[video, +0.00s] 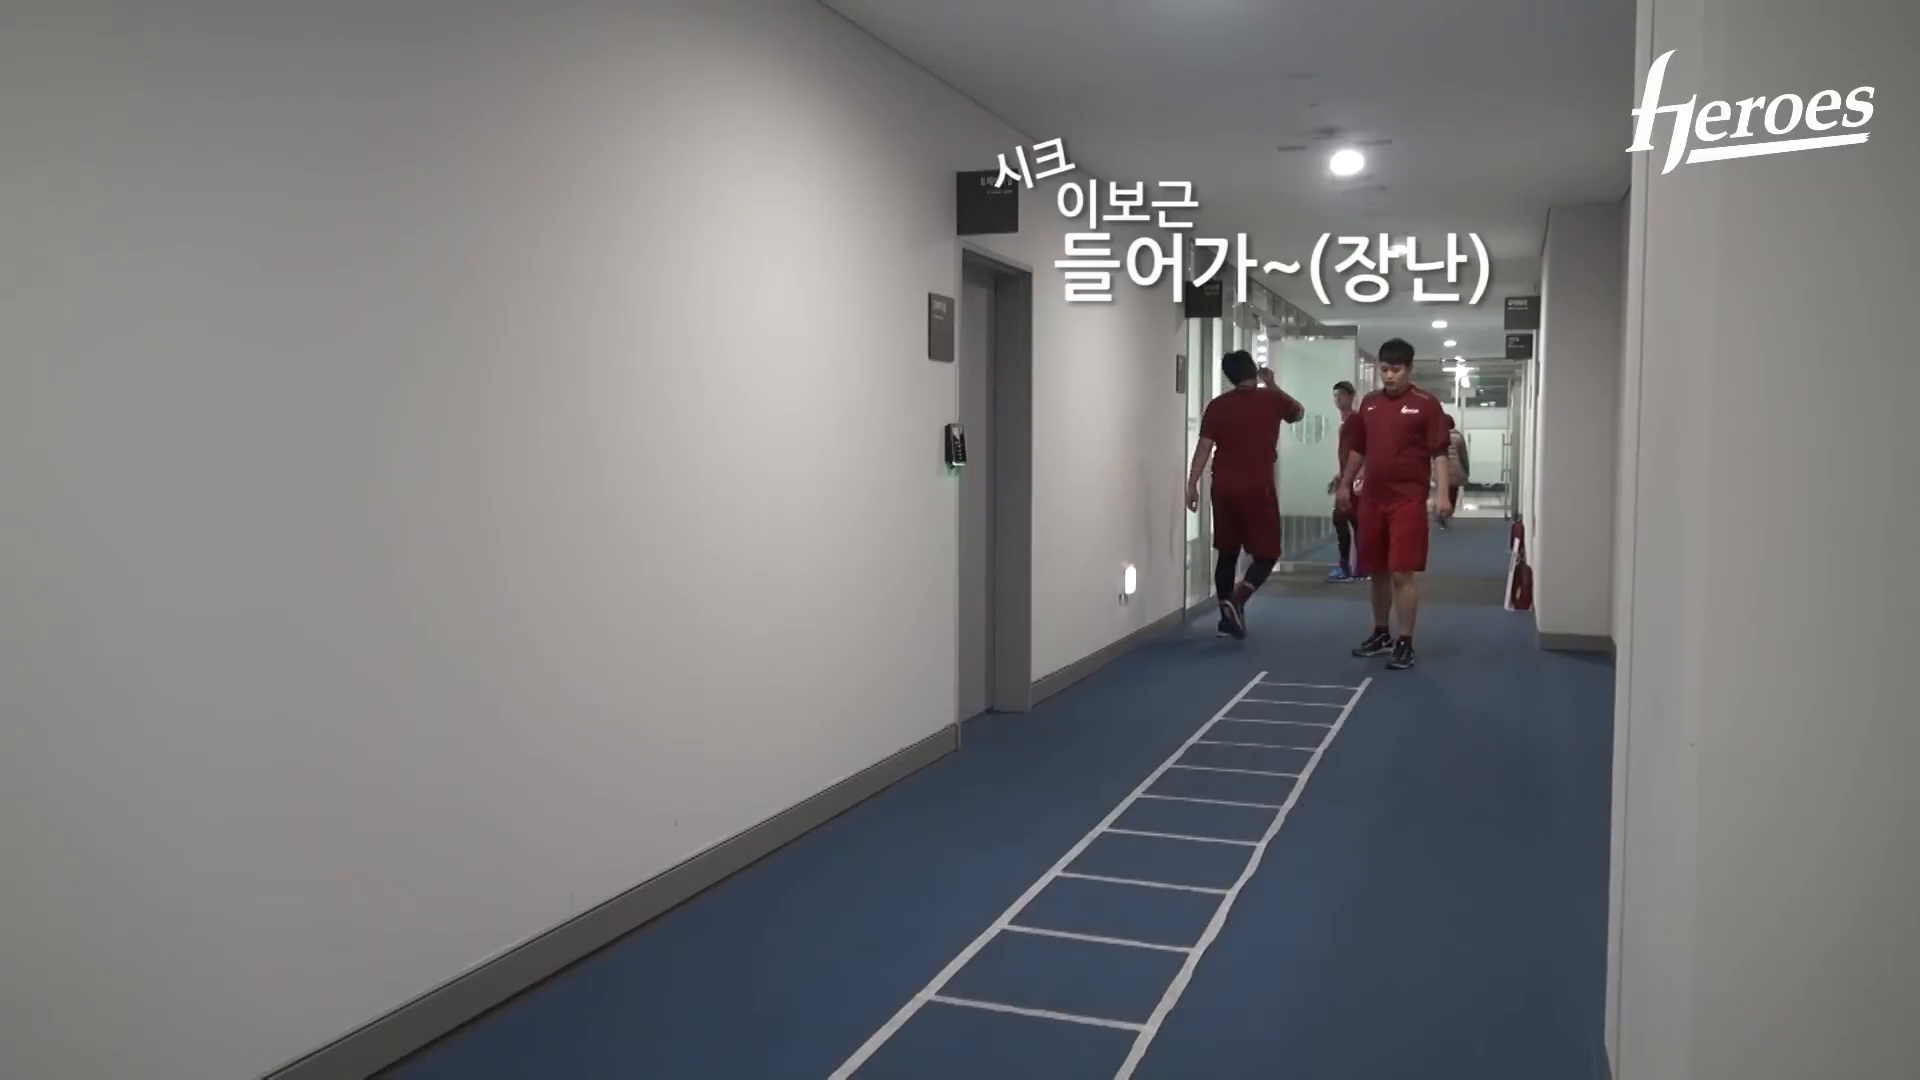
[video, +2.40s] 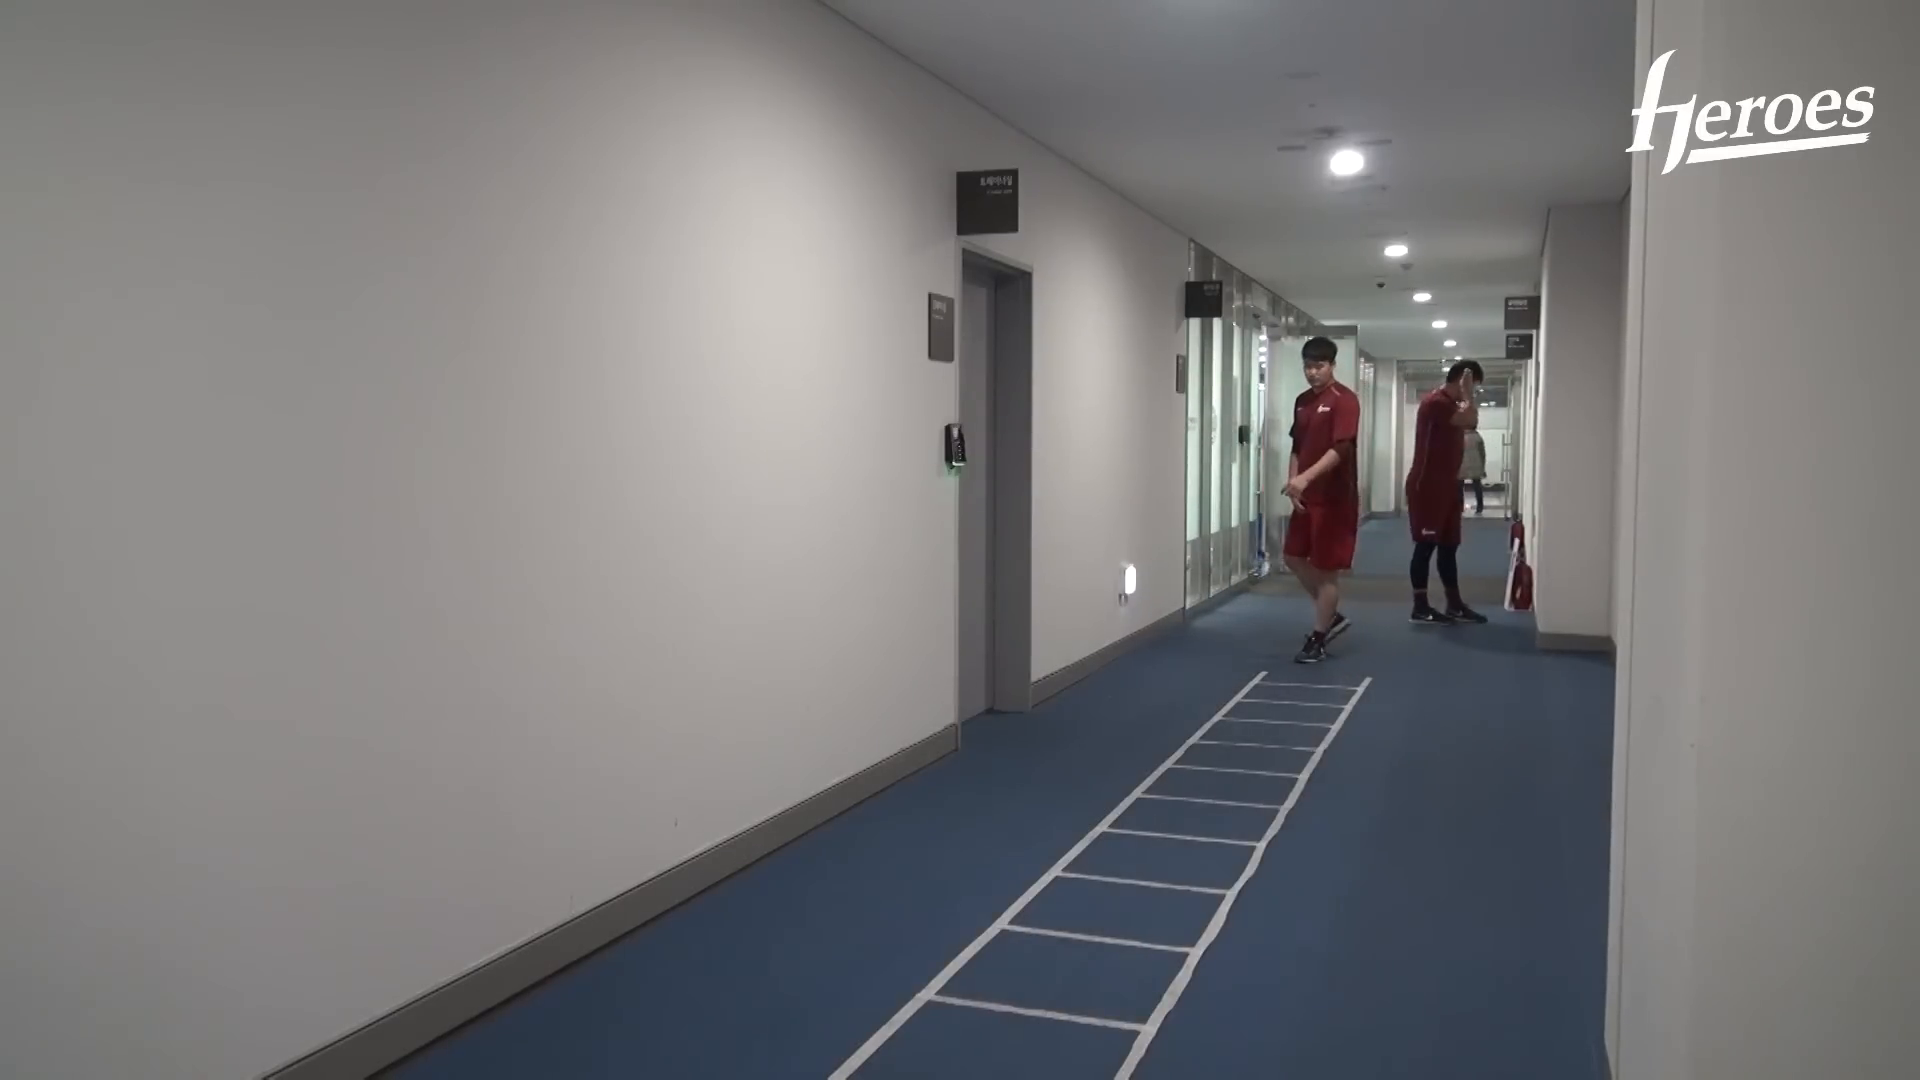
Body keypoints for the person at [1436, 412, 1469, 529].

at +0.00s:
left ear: (1441, 425)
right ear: (1453, 424)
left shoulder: (1438, 436)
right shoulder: (1458, 436)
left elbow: (1434, 456)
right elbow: (1463, 456)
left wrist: (1432, 471)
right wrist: (1466, 472)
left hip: (1441, 468)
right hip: (1455, 469)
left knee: (1442, 492)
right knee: (1453, 494)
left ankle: (1441, 513)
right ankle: (1447, 514)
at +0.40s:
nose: (1463, 428)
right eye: (1463, 426)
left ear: (1451, 425)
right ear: (1464, 426)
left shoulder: (1446, 437)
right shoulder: (1466, 439)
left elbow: (1442, 458)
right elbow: (1471, 459)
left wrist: (1437, 475)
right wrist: (1476, 476)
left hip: (1448, 471)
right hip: (1461, 472)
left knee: (1450, 494)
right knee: (1461, 498)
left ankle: (1447, 510)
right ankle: (1459, 520)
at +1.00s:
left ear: (1464, 425)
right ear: (1477, 426)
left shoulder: (1459, 437)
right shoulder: (1480, 438)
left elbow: (1452, 455)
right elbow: (1484, 458)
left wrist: (1449, 472)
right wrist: (1487, 475)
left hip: (1461, 469)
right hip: (1475, 469)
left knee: (1461, 494)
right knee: (1476, 495)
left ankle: (1461, 516)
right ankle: (1474, 515)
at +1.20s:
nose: (1482, 429)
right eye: (1482, 428)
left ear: (1470, 427)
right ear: (1481, 428)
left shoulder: (1465, 440)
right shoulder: (1484, 441)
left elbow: (1459, 455)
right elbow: (1490, 459)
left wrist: (1460, 467)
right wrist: (1492, 474)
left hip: (1467, 471)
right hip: (1481, 472)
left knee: (1466, 494)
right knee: (1483, 495)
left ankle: (1464, 514)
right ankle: (1483, 516)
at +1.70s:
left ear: (1475, 426)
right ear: (1487, 427)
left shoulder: (1470, 438)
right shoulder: (1490, 439)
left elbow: (1463, 456)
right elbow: (1495, 458)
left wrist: (1460, 473)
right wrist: (1496, 474)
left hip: (1473, 470)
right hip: (1486, 471)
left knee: (1477, 492)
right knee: (1488, 491)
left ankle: (1480, 513)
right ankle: (1485, 509)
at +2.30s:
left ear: (1464, 425)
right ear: (1478, 424)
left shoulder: (1461, 436)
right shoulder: (1480, 436)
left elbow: (1457, 451)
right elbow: (1486, 453)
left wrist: (1456, 461)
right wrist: (1488, 465)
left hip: (1465, 465)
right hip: (1479, 465)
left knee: (1465, 487)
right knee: (1478, 486)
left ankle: (1473, 505)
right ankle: (1479, 506)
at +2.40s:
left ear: (1464, 425)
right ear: (1475, 425)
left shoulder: (1460, 437)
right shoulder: (1477, 436)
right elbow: (1482, 453)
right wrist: (1482, 468)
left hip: (1462, 467)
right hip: (1476, 467)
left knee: (1459, 488)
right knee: (1477, 487)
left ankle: (1460, 507)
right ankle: (1479, 507)